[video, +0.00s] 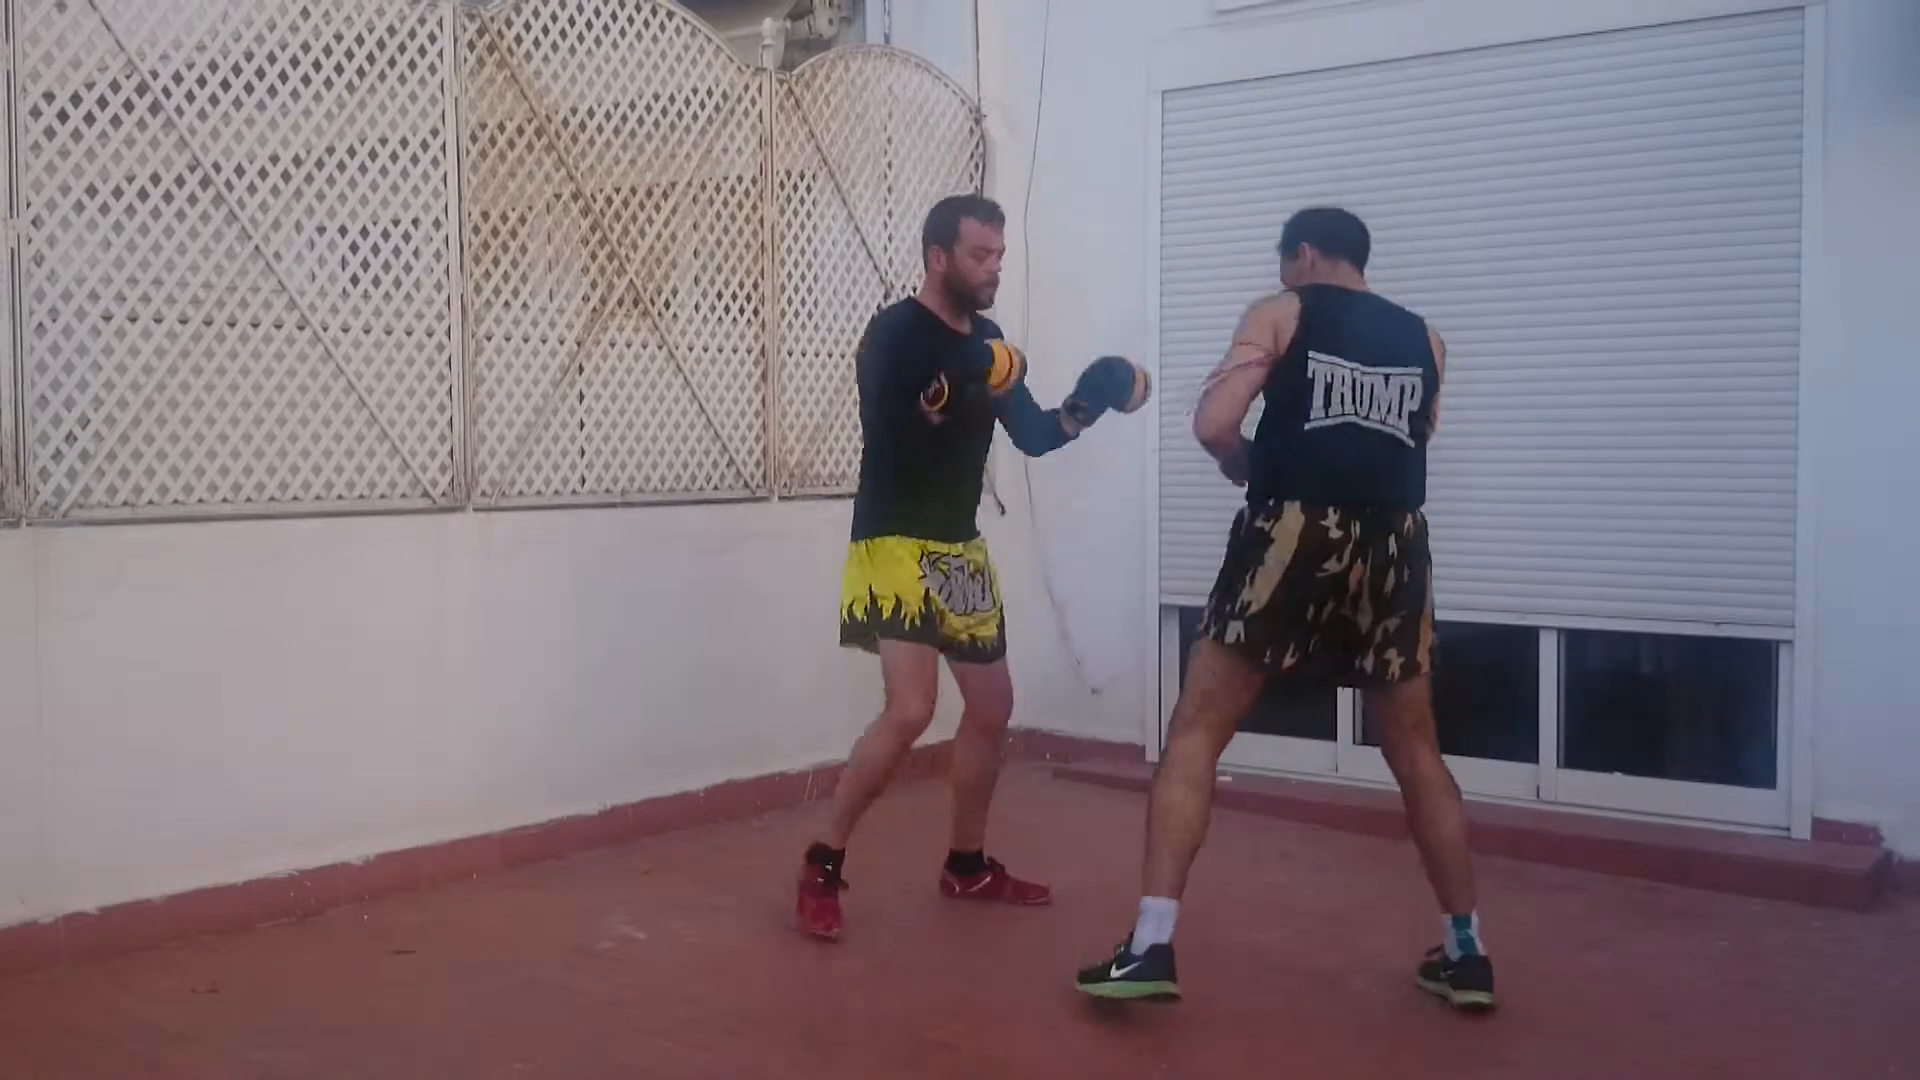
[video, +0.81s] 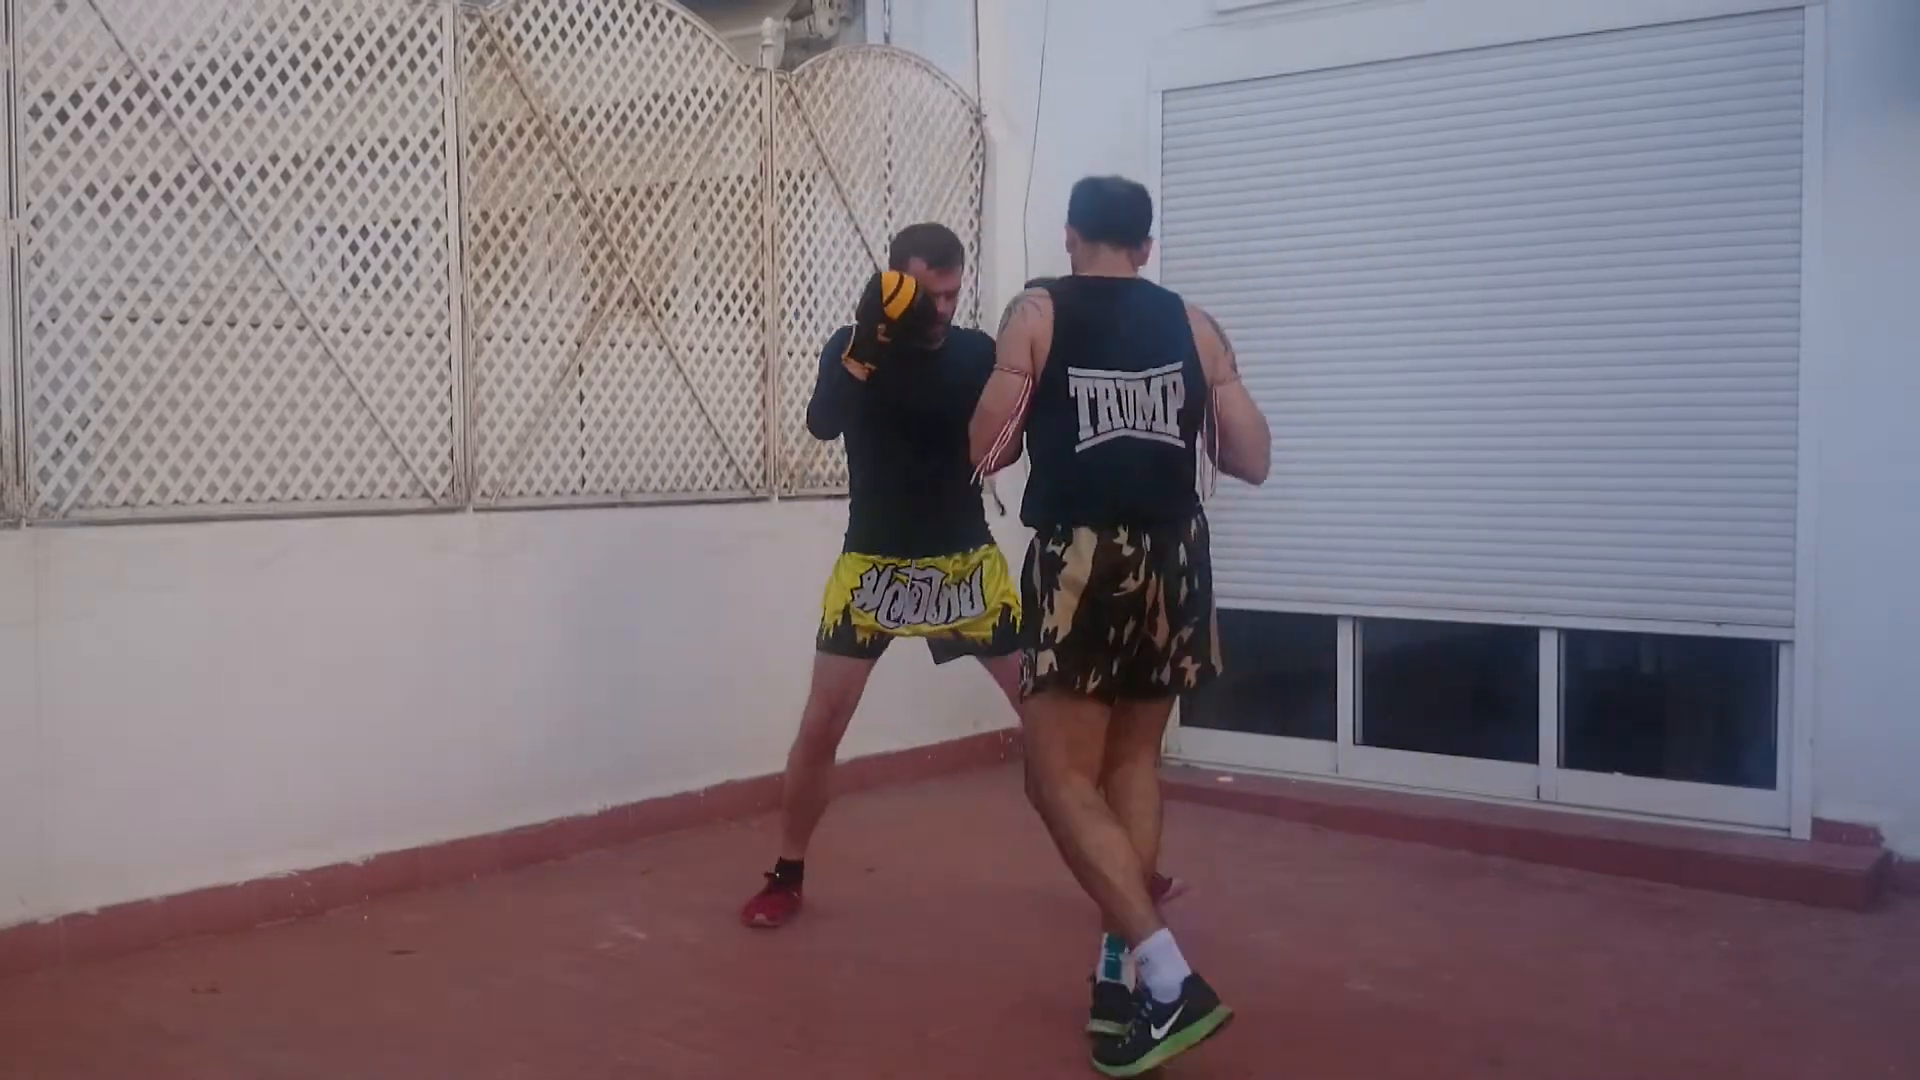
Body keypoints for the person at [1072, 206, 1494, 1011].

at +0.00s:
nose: (1282, 280)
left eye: (1283, 267)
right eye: (1283, 270)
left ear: (1307, 255)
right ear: (1362, 260)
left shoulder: (1283, 310)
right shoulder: (1428, 341)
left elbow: (1212, 423)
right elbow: (1415, 441)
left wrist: (1248, 468)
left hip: (1291, 536)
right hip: (1396, 546)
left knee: (1198, 732)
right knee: (1415, 747)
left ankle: (1149, 948)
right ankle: (1467, 951)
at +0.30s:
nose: (1181, 289)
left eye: (1179, 276)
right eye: (1184, 276)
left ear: (1190, 272)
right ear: (1259, 265)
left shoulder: (1207, 345)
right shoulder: (1326, 336)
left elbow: (1194, 483)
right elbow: (1361, 453)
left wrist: (1161, 450)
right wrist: (1259, 426)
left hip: (1249, 580)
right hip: (1347, 580)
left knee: (1172, 792)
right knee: (1377, 775)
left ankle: (1203, 1031)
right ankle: (1454, 954)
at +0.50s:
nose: (1113, 253)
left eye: (1110, 240)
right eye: (1121, 240)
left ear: (1121, 239)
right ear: (1192, 230)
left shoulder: (1129, 316)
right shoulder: (1254, 303)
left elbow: (1087, 458)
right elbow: (1254, 410)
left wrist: (1095, 374)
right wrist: (1147, 350)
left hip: (1196, 549)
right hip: (1287, 539)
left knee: (1176, 781)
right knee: (1280, 751)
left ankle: (1206, 1031)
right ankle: (1332, 951)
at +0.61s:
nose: (1091, 249)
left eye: (1088, 236)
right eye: (1105, 233)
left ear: (1092, 235)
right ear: (1169, 227)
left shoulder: (1093, 315)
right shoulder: (1222, 301)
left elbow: (1041, 457)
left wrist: (1041, 367)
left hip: (1164, 548)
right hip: (1257, 539)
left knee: (1172, 785)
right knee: (1222, 765)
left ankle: (1205, 1032)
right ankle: (1216, 967)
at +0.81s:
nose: (1076, 252)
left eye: (1073, 239)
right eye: (1100, 243)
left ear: (1071, 239)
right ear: (1149, 248)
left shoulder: (1040, 310)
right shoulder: (1196, 326)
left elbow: (986, 448)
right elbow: (1249, 459)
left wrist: (1029, 387)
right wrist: (1196, 397)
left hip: (1079, 557)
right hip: (1174, 560)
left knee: (1059, 776)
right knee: (1136, 764)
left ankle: (1172, 984)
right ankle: (1118, 968)